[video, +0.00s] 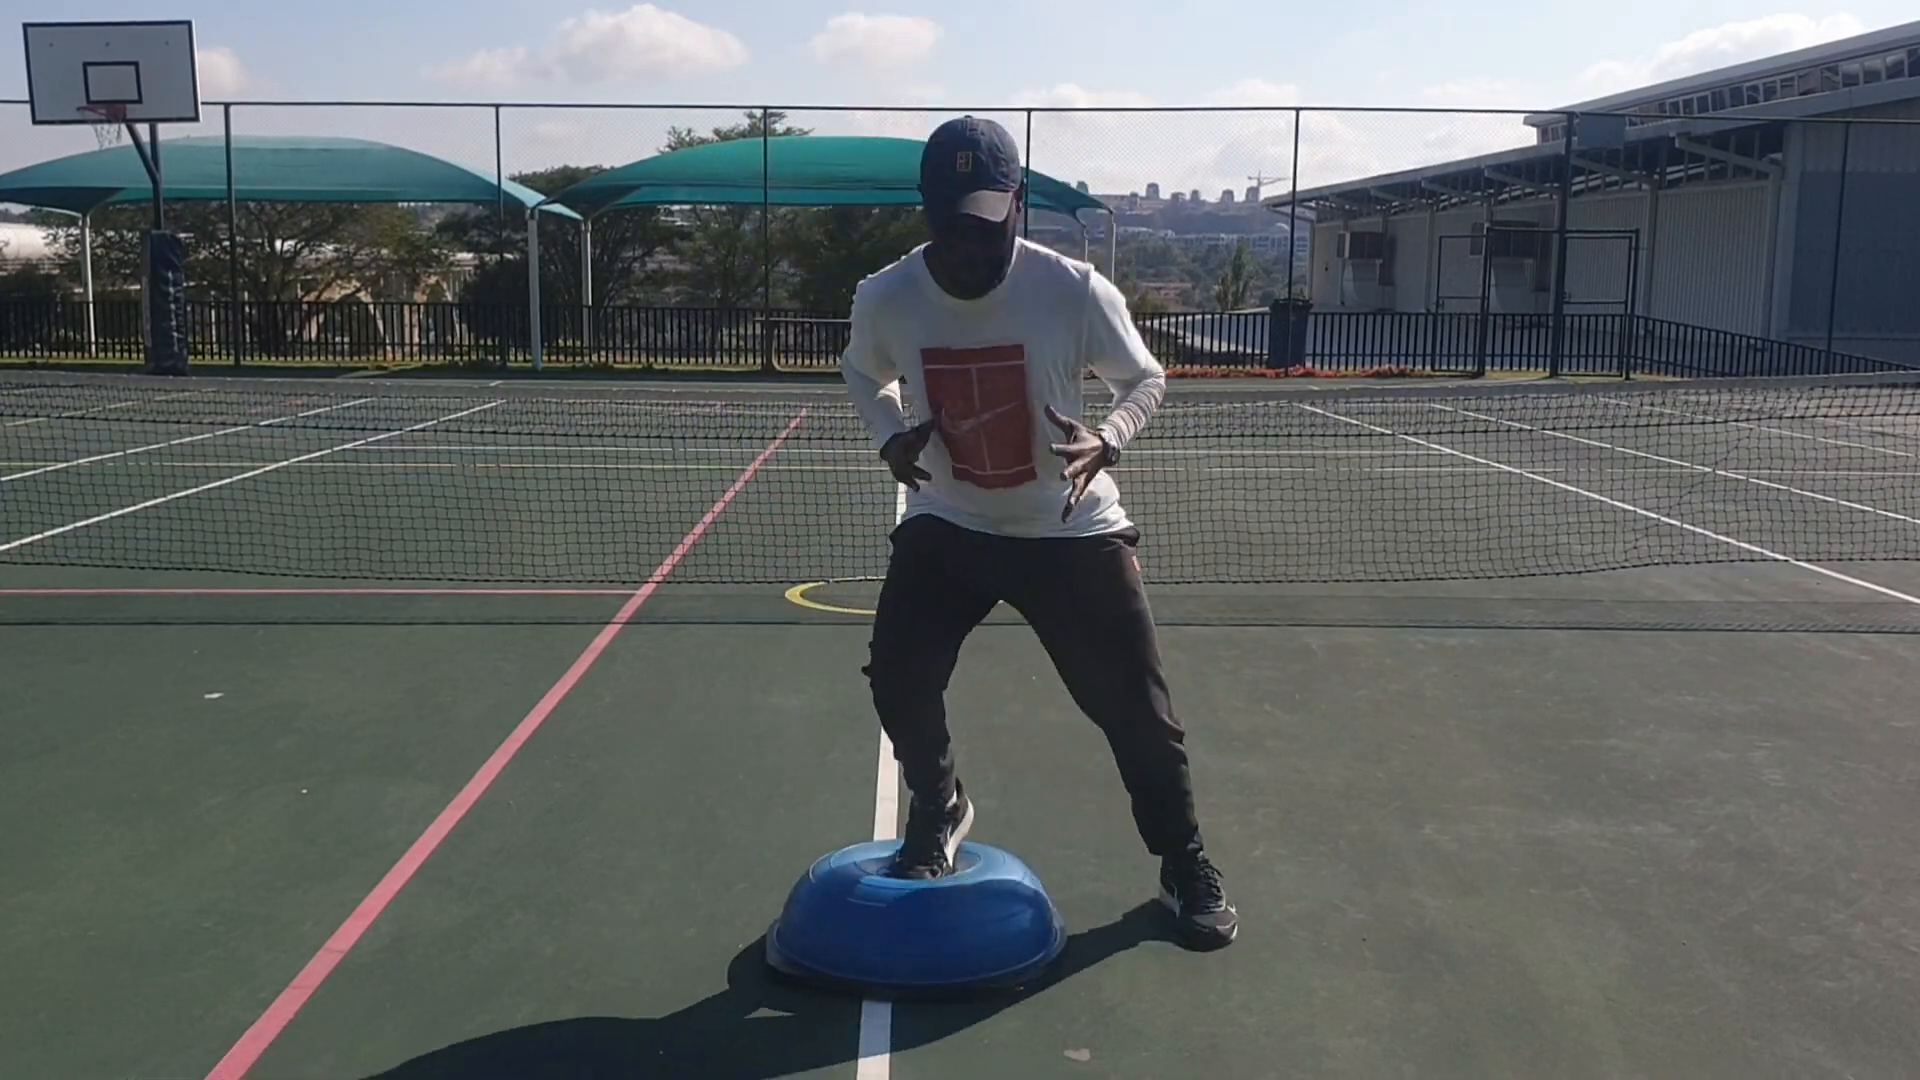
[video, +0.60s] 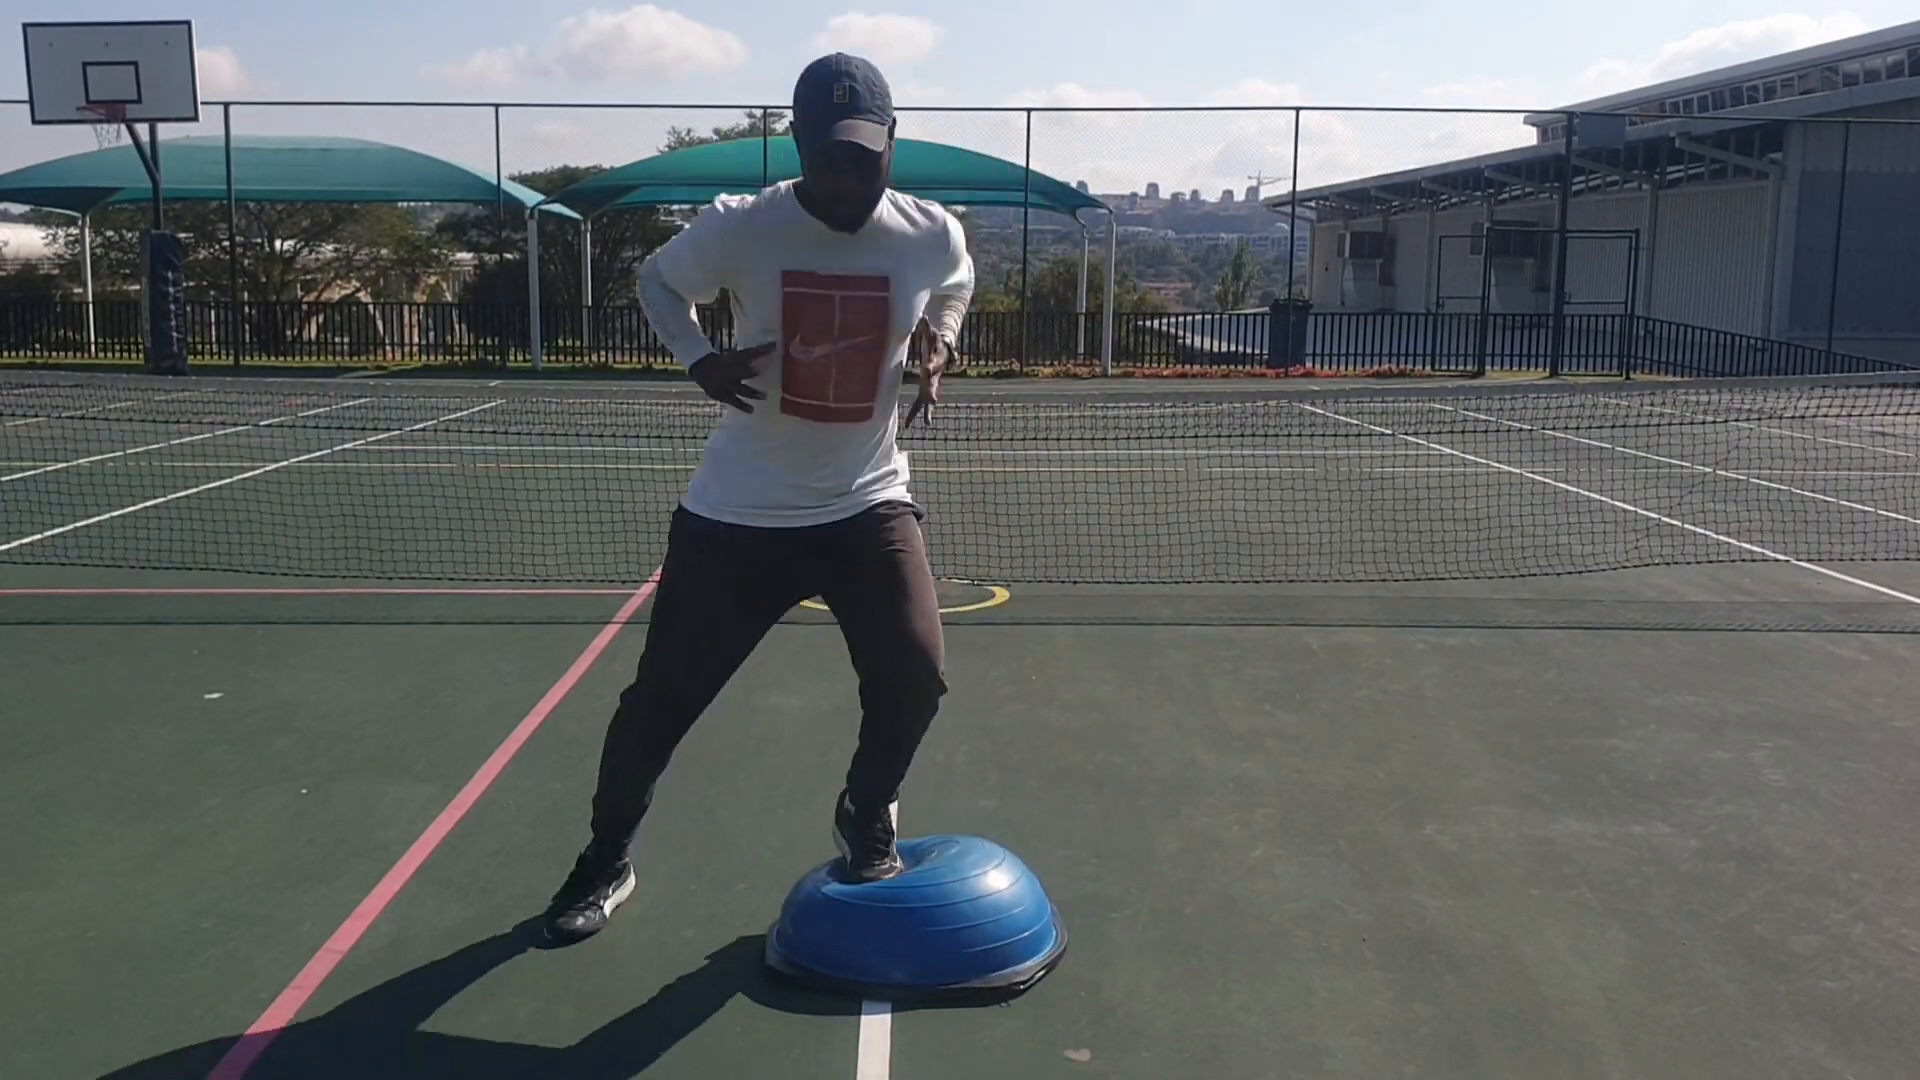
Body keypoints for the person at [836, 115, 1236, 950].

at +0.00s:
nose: (974, 243)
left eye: (991, 223)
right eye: (957, 224)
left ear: (1017, 209)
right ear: (927, 214)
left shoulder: (1076, 294)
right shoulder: (883, 302)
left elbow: (1145, 384)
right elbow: (862, 374)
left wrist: (1109, 435)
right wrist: (892, 433)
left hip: (1070, 531)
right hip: (947, 526)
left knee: (1141, 713)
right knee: (898, 681)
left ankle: (1187, 868)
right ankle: (936, 807)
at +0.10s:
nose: (964, 215)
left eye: (979, 195)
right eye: (945, 197)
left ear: (1004, 183)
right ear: (911, 186)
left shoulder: (1060, 270)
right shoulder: (866, 274)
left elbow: (1133, 352)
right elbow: (842, 341)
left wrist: (1091, 400)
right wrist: (864, 405)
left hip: (1051, 517)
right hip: (930, 513)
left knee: (1122, 704)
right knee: (911, 690)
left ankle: (1183, 863)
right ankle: (940, 812)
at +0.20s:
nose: (948, 128)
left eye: (961, 108)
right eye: (928, 109)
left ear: (980, 98)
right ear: (887, 100)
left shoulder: (1032, 189)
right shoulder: (831, 189)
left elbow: (1100, 259)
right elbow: (791, 249)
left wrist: (1063, 306)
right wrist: (815, 304)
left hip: (1017, 441)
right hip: (895, 450)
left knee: (1081, 637)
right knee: (913, 655)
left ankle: (1129, 805)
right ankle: (937, 813)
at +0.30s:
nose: (909, 82)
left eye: (928, 63)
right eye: (893, 61)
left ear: (961, 48)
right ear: (867, 47)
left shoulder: (1007, 131)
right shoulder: (813, 127)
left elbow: (1074, 200)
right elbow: (757, 181)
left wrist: (1041, 255)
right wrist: (774, 257)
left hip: (977, 382)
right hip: (855, 392)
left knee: (1036, 581)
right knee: (866, 603)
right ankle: (898, 771)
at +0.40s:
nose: (890, 80)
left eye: (907, 58)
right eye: (872, 59)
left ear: (937, 42)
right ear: (844, 41)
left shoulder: (986, 122)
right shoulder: (788, 115)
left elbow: (1044, 171)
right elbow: (717, 168)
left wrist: (1017, 241)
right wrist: (738, 251)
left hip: (944, 375)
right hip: (819, 374)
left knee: (975, 572)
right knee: (790, 579)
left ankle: (916, 733)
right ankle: (802, 738)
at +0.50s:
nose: (870, 102)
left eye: (885, 83)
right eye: (852, 83)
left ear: (913, 67)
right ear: (820, 68)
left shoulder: (960, 152)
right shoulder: (767, 145)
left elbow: (1001, 194)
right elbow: (686, 196)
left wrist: (975, 260)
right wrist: (723, 283)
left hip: (906, 425)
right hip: (782, 424)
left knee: (918, 629)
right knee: (727, 620)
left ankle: (871, 794)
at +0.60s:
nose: (867, 170)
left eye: (878, 149)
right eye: (845, 153)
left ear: (895, 139)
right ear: (802, 148)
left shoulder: (934, 238)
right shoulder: (740, 227)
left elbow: (955, 283)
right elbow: (656, 282)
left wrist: (937, 337)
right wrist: (699, 356)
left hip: (868, 504)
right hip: (739, 511)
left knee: (915, 674)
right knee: (661, 701)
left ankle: (869, 808)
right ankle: (604, 862)